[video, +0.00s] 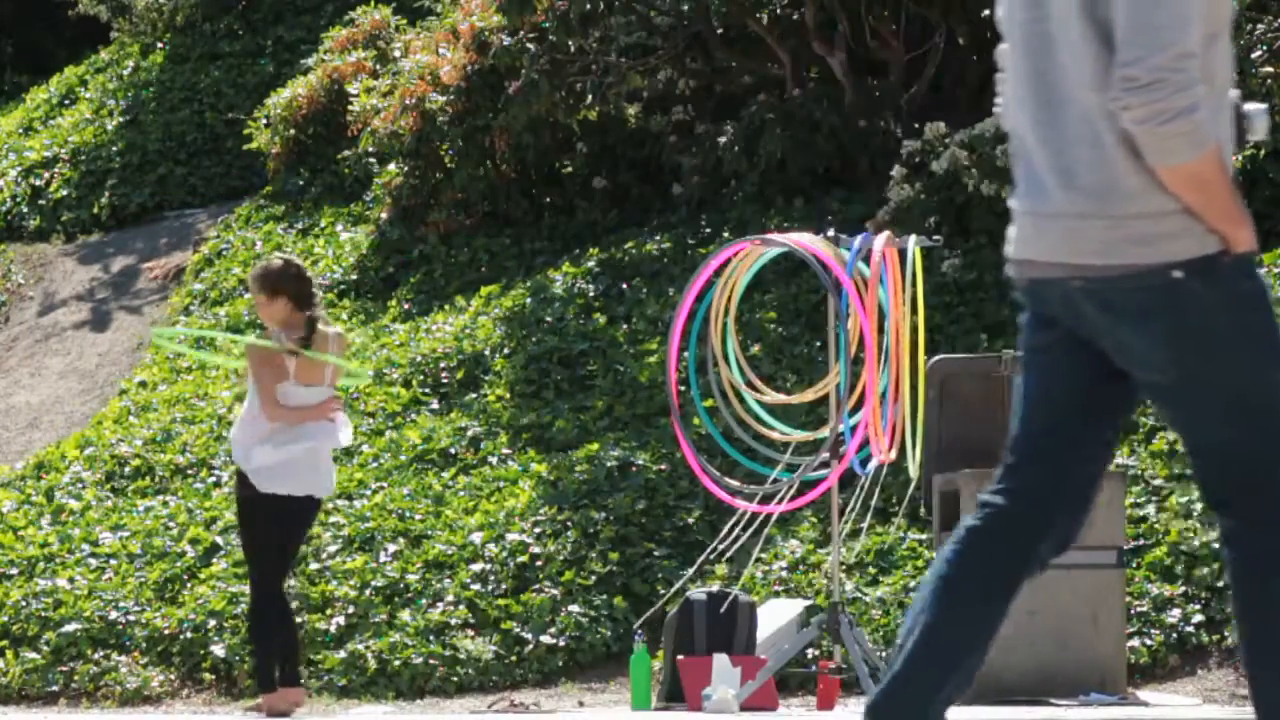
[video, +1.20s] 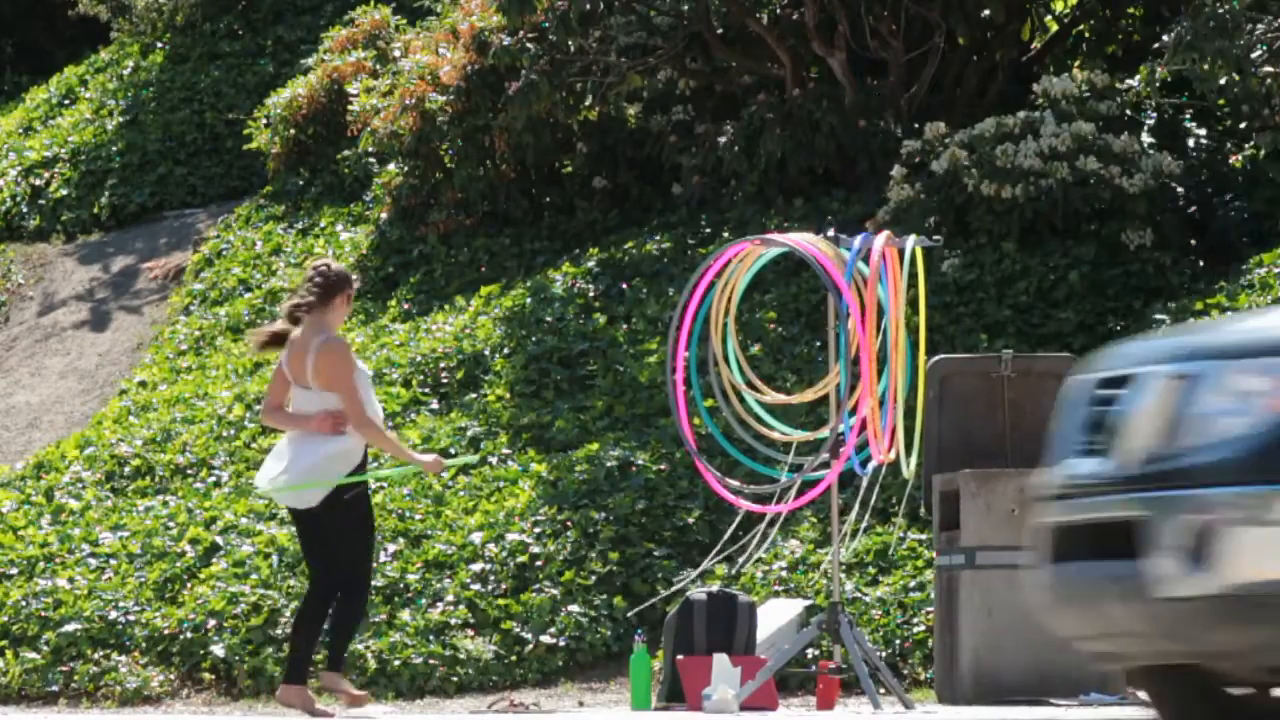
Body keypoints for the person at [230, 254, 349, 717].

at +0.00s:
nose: (256, 308)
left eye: (261, 300)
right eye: (255, 300)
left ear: (284, 300)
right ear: (297, 300)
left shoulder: (263, 347)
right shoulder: (334, 340)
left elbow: (273, 412)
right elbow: (333, 391)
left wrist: (325, 409)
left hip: (263, 473)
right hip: (312, 473)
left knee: (263, 581)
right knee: (274, 579)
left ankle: (269, 689)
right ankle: (292, 681)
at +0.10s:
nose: (258, 310)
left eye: (265, 302)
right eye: (257, 302)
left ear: (292, 300)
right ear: (295, 302)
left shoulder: (277, 343)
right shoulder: (317, 336)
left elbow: (295, 410)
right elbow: (284, 394)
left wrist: (328, 400)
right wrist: (240, 392)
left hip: (276, 481)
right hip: (305, 481)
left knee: (262, 582)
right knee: (267, 580)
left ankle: (274, 689)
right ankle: (274, 686)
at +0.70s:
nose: (327, 316)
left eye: (332, 308)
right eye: (320, 306)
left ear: (332, 307)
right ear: (292, 301)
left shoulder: (337, 345)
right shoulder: (254, 352)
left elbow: (351, 403)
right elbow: (234, 410)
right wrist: (237, 448)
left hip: (331, 466)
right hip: (279, 467)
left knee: (328, 584)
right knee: (279, 582)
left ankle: (294, 685)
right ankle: (265, 683)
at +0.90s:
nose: (344, 317)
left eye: (346, 309)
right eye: (341, 308)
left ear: (322, 303)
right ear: (313, 301)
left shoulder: (329, 342)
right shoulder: (275, 352)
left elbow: (334, 403)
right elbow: (263, 419)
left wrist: (352, 449)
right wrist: (293, 459)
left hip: (339, 470)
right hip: (303, 472)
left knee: (332, 582)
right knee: (319, 581)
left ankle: (295, 685)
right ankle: (257, 670)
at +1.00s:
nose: (346, 314)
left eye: (347, 306)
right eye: (343, 305)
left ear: (322, 303)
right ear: (320, 301)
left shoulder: (320, 345)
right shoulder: (294, 351)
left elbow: (321, 410)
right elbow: (290, 419)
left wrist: (347, 449)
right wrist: (333, 458)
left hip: (329, 476)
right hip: (312, 479)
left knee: (336, 583)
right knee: (337, 583)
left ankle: (294, 684)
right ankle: (265, 663)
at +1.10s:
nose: (349, 311)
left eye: (350, 302)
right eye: (346, 302)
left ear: (315, 301)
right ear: (327, 301)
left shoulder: (296, 347)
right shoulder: (313, 351)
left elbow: (281, 415)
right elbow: (324, 420)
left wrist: (329, 429)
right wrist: (374, 457)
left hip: (308, 480)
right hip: (325, 481)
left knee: (332, 577)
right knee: (351, 580)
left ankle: (295, 674)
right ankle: (292, 668)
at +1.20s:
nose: (351, 308)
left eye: (351, 299)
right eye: (350, 299)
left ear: (315, 298)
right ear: (339, 299)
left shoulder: (293, 347)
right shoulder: (333, 348)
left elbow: (271, 411)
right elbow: (358, 420)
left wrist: (315, 422)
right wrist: (413, 457)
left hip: (301, 484)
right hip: (342, 481)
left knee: (322, 581)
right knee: (356, 579)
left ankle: (293, 684)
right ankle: (334, 669)